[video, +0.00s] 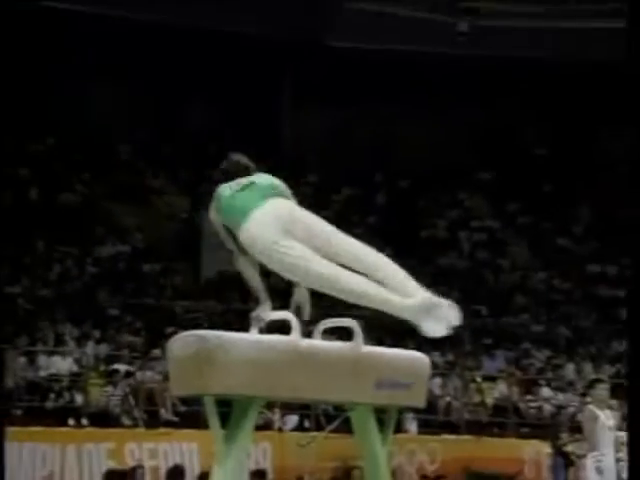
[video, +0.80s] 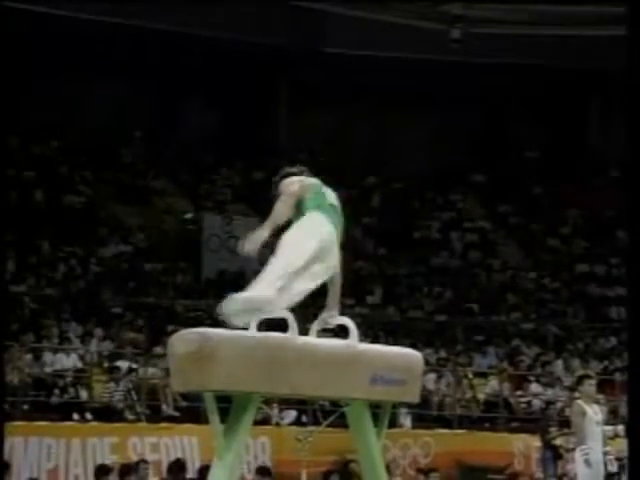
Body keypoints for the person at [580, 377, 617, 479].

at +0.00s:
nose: (604, 393)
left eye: (606, 390)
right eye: (600, 389)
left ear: (609, 392)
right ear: (591, 392)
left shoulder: (608, 412)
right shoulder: (589, 412)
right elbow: (590, 440)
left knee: (610, 475)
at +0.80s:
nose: (593, 388)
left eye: (594, 385)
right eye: (589, 385)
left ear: (596, 387)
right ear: (580, 388)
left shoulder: (596, 407)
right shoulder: (578, 406)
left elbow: (598, 430)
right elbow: (578, 431)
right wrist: (584, 454)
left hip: (598, 449)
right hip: (586, 451)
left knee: (599, 474)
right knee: (587, 475)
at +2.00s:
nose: (590, 387)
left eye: (591, 384)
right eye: (586, 384)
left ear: (593, 386)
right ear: (577, 387)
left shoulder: (592, 405)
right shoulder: (575, 404)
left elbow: (594, 428)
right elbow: (574, 429)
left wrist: (610, 428)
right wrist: (580, 452)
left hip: (594, 448)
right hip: (583, 450)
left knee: (594, 474)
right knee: (583, 475)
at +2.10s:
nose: (590, 387)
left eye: (591, 384)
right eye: (586, 384)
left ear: (594, 386)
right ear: (577, 387)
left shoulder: (592, 405)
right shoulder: (574, 404)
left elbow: (596, 429)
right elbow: (574, 428)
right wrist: (580, 450)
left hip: (594, 449)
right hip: (583, 450)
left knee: (594, 474)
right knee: (583, 475)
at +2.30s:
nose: (591, 388)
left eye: (591, 384)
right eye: (587, 384)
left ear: (594, 386)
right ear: (577, 387)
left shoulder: (592, 405)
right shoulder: (574, 404)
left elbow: (595, 430)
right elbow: (574, 428)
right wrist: (580, 450)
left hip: (594, 449)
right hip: (583, 451)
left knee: (594, 474)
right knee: (583, 475)